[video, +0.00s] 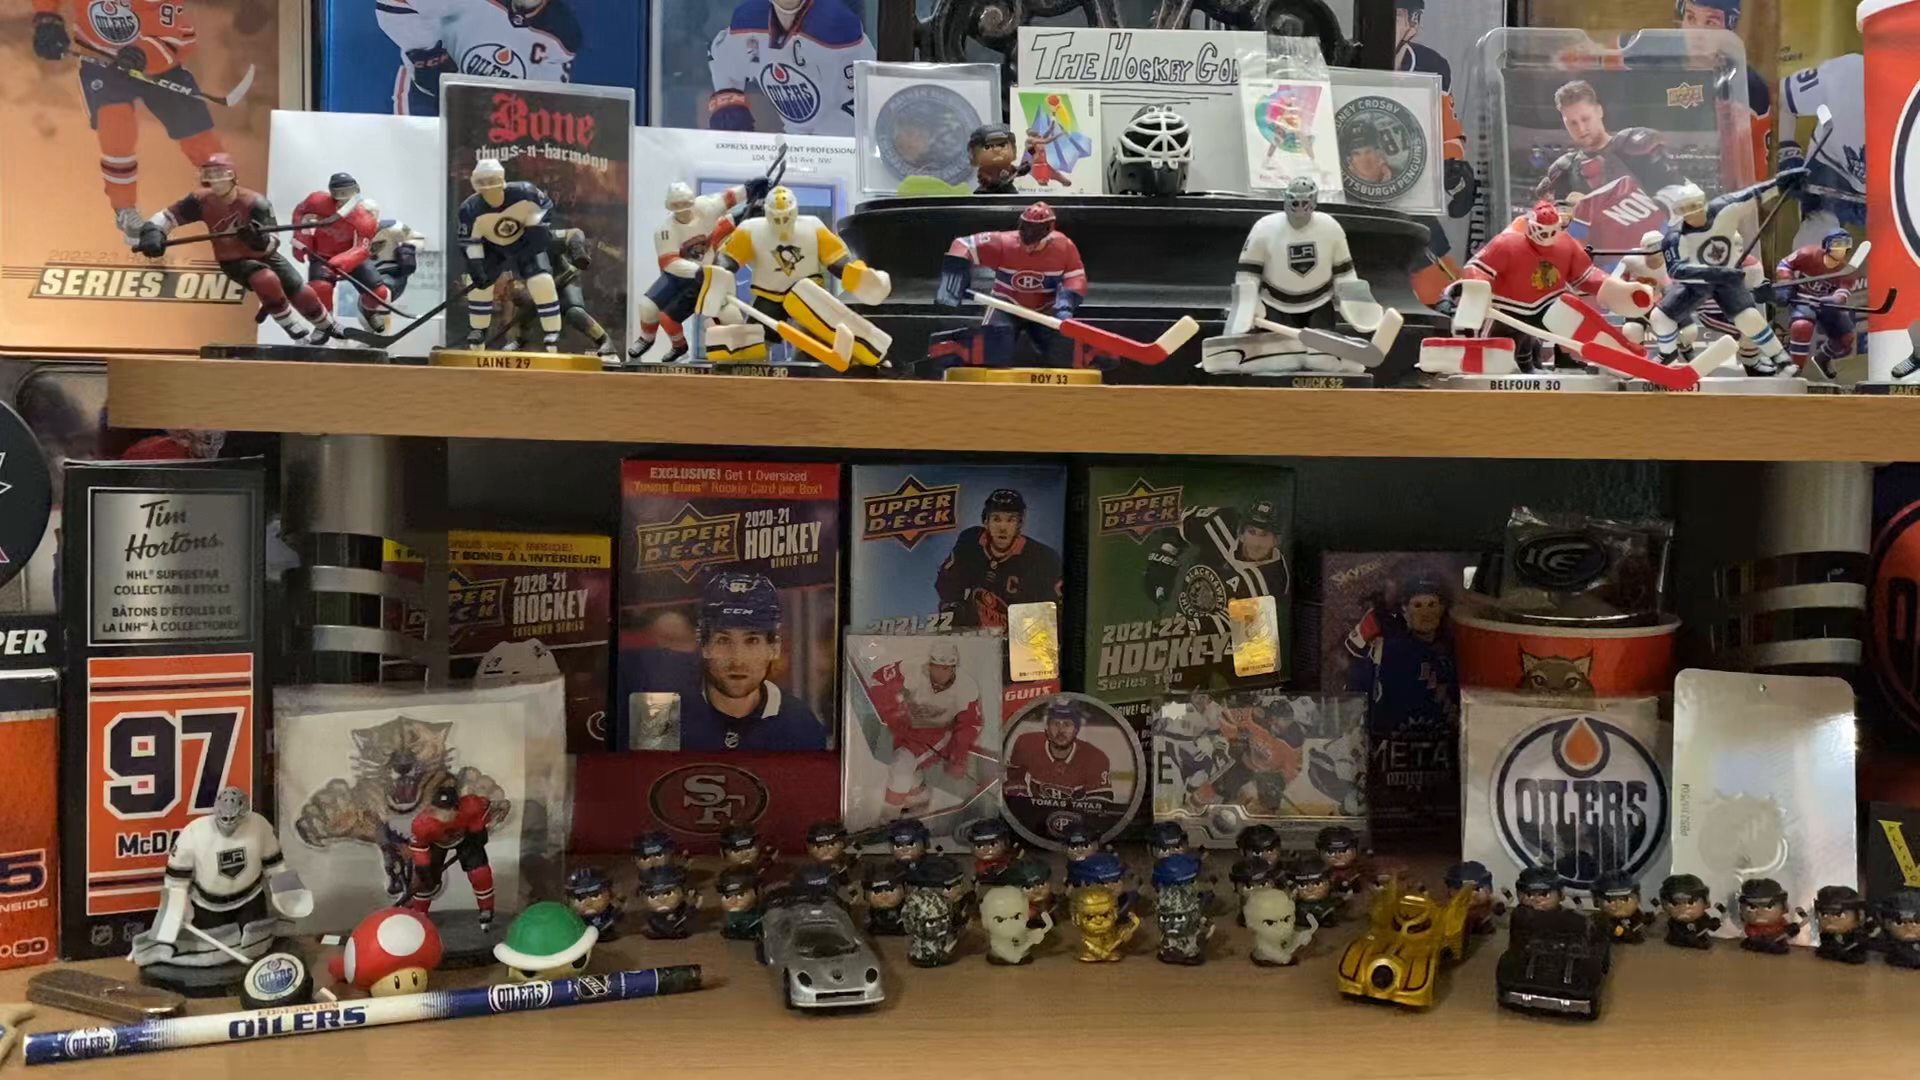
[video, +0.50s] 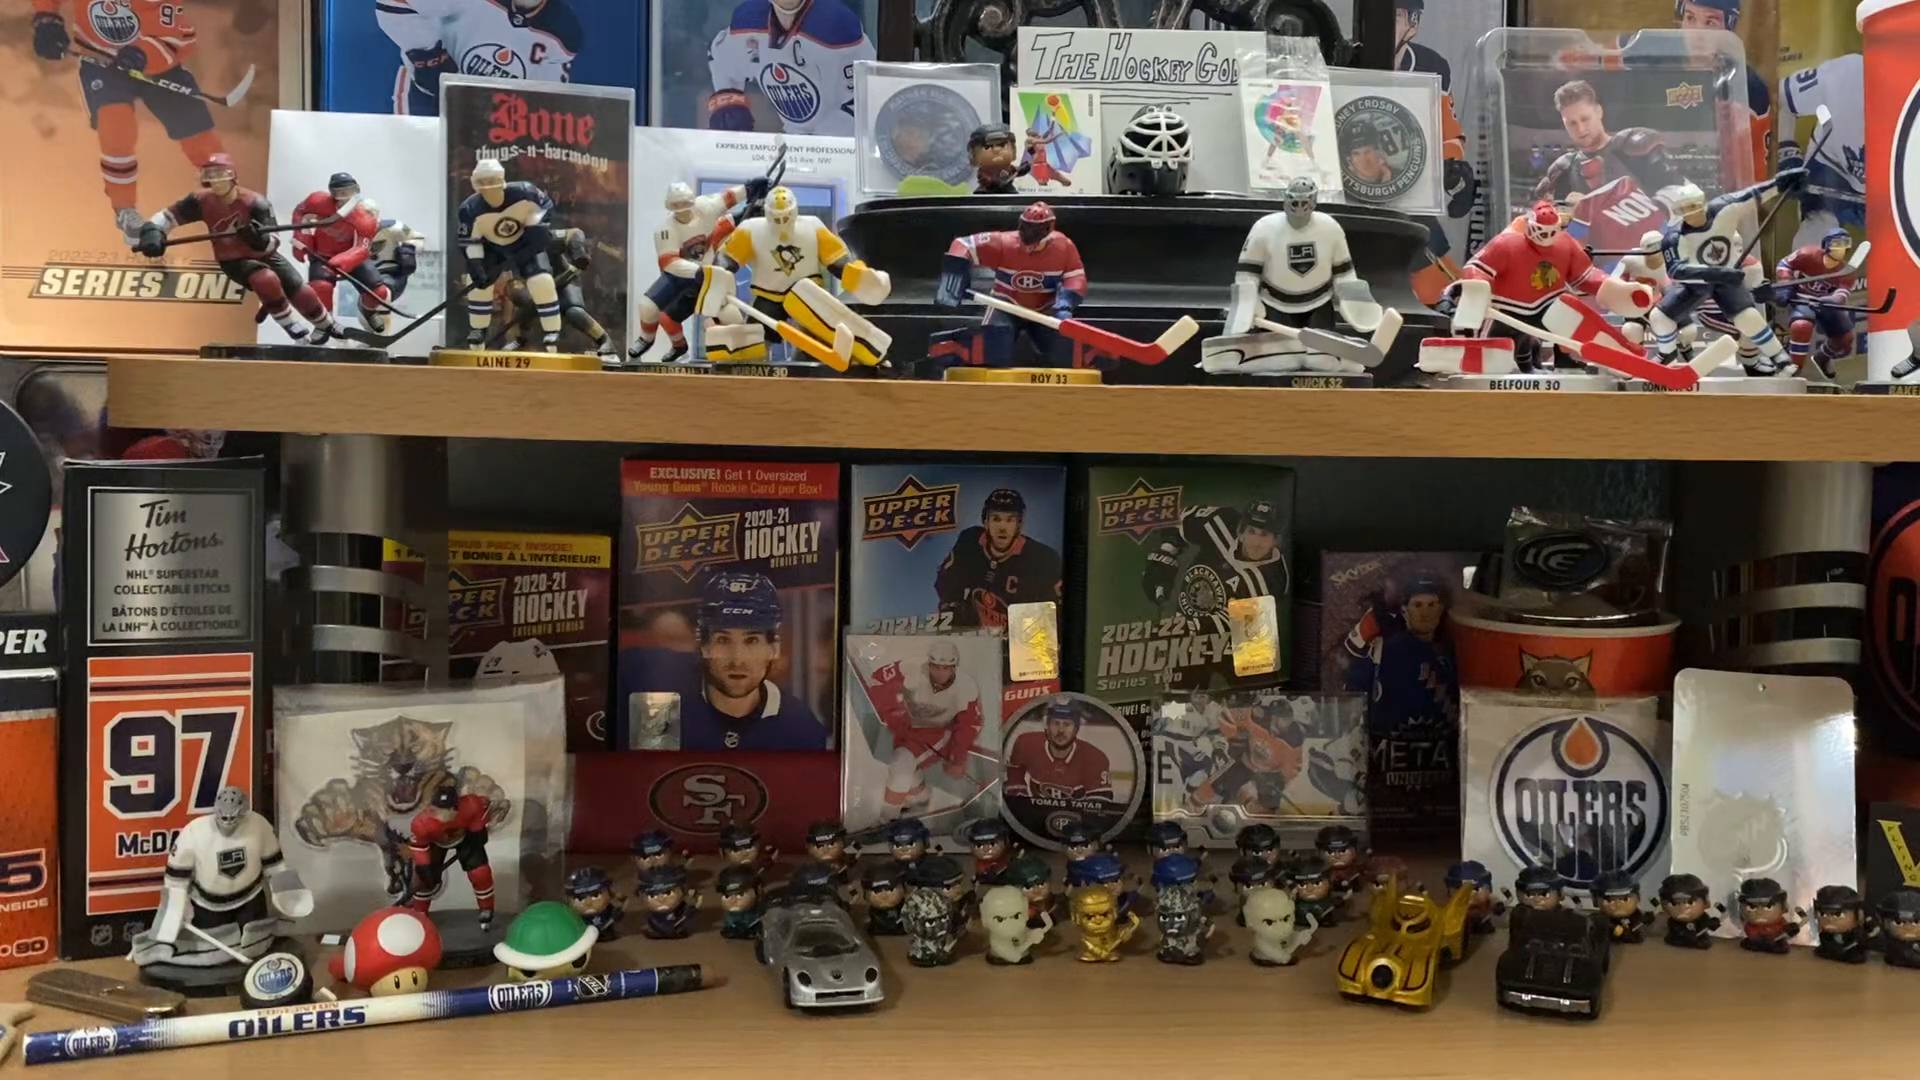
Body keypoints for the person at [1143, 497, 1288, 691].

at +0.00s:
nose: (1256, 541)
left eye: (1264, 535)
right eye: (1251, 532)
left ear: (1276, 539)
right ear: (1241, 532)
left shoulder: (1275, 579)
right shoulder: (1222, 522)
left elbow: (1241, 616)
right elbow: (1178, 527)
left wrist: (1193, 626)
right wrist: (1161, 564)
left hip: (1238, 638)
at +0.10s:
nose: (1255, 541)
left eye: (1264, 535)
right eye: (1251, 532)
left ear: (1277, 539)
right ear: (1242, 531)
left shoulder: (1275, 580)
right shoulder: (1222, 522)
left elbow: (1240, 616)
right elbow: (1178, 525)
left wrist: (1193, 626)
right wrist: (1162, 564)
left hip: (1237, 636)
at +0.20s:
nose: (1255, 541)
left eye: (1264, 535)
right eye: (1251, 532)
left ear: (1276, 539)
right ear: (1242, 531)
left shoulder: (1275, 579)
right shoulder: (1221, 522)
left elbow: (1242, 616)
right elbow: (1177, 525)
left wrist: (1196, 625)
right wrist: (1161, 564)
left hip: (1237, 637)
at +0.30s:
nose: (1255, 541)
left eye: (1264, 534)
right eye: (1251, 532)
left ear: (1276, 538)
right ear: (1242, 530)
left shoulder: (1275, 579)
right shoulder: (1221, 522)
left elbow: (1241, 616)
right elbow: (1178, 528)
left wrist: (1195, 625)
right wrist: (1161, 565)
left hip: (1237, 637)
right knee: (1180, 697)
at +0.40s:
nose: (1255, 541)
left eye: (1264, 535)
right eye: (1250, 532)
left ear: (1275, 539)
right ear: (1241, 531)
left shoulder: (1275, 579)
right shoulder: (1221, 522)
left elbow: (1241, 617)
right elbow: (1178, 527)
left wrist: (1196, 625)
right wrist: (1160, 565)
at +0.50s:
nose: (1255, 542)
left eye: (1264, 535)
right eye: (1250, 532)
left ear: (1276, 538)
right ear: (1242, 530)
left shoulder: (1275, 579)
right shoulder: (1221, 522)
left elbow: (1241, 617)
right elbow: (1177, 526)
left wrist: (1194, 625)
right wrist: (1160, 565)